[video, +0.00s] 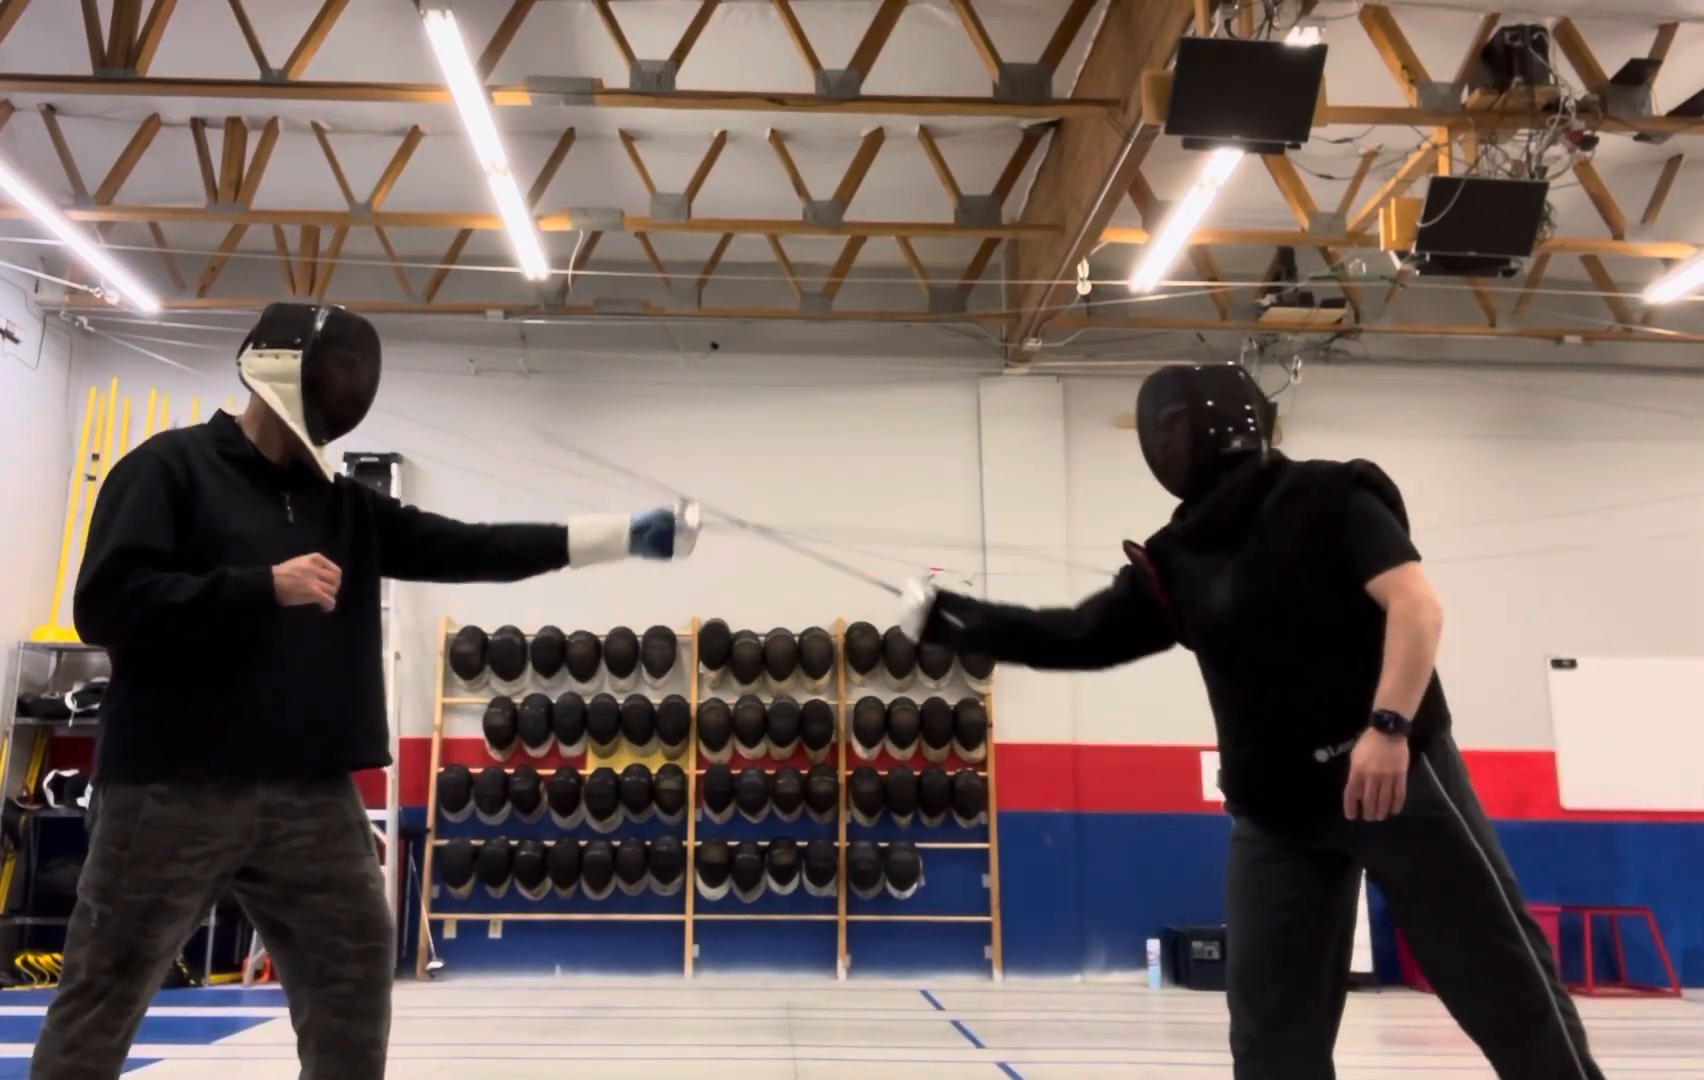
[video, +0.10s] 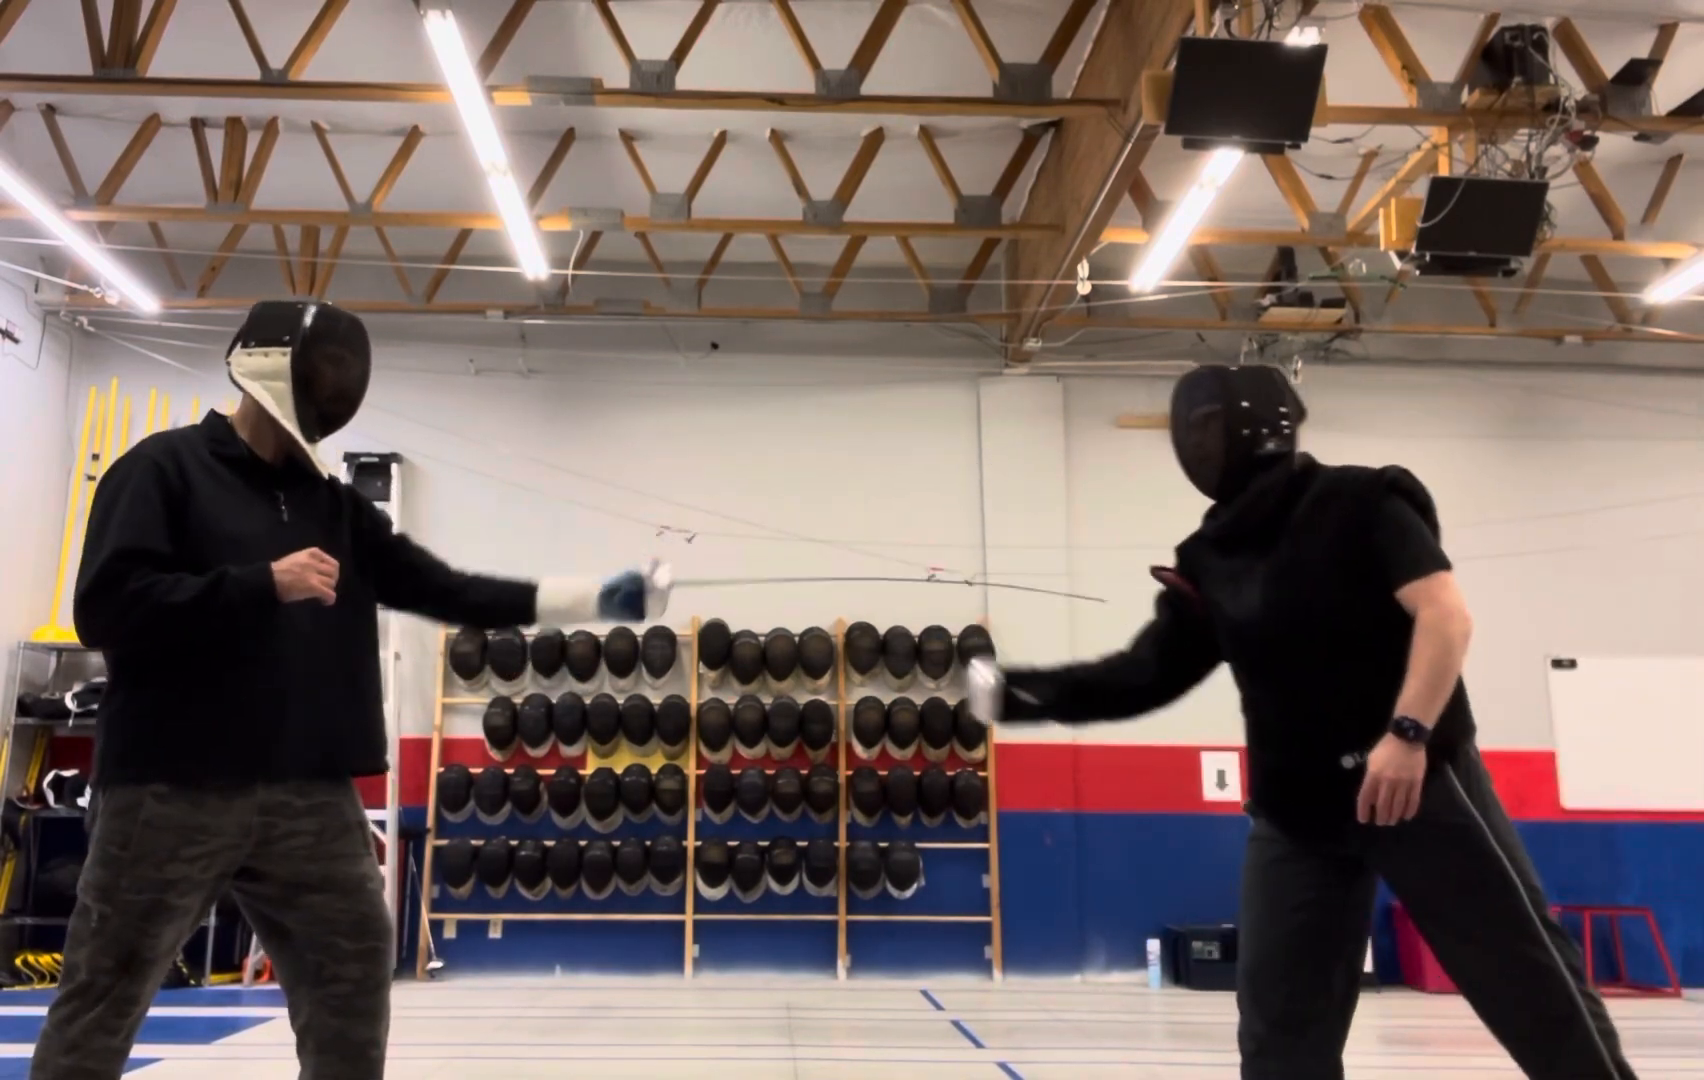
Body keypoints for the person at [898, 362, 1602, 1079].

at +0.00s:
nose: (1156, 443)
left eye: (1166, 424)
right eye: (1154, 429)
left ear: (1207, 426)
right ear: (1235, 426)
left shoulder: (1329, 495)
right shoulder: (1176, 563)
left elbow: (1417, 611)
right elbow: (1082, 636)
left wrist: (1391, 728)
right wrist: (959, 620)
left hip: (1398, 785)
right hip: (1278, 812)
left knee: (1505, 988)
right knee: (1273, 1040)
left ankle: (1569, 1075)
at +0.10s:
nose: (1187, 448)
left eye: (1200, 427)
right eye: (1184, 432)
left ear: (1249, 424)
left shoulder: (1361, 501)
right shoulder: (1212, 565)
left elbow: (1445, 617)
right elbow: (1145, 674)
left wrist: (1410, 732)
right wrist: (1015, 691)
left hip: (1420, 792)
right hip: (1298, 820)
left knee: (1536, 996)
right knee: (1282, 1043)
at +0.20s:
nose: (1228, 455)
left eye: (1239, 433)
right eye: (1225, 438)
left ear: (1288, 431)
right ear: (1295, 435)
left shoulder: (1407, 513)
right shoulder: (1255, 564)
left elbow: (1487, 630)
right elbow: (1226, 698)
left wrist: (1440, 744)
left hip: (1448, 799)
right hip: (1325, 818)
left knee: (1560, 993)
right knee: (1291, 1036)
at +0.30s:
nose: (1288, 468)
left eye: (1299, 448)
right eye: (1286, 452)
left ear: (1346, 444)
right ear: (1362, 447)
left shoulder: (1462, 525)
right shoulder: (1305, 573)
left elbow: (1545, 647)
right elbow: (1296, 710)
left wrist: (1486, 759)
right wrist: (1221, 793)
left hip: (1495, 815)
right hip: (1364, 828)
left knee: (1595, 1024)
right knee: (1307, 1045)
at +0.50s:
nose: (1390, 465)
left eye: (1401, 444)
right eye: (1388, 449)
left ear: (1445, 442)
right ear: (1474, 442)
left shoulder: (1573, 523)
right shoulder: (1408, 570)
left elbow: (1653, 646)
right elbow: (1383, 701)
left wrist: (1601, 766)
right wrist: (1282, 751)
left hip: (1595, 818)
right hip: (1468, 826)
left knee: (1651, 1037)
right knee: (1407, 1041)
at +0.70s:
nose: (1441, 454)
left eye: (1451, 434)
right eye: (1438, 439)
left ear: (1493, 430)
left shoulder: (1628, 510)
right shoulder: (1455, 561)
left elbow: (1696, 627)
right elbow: (1388, 670)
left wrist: (1693, 760)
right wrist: (1272, 661)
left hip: (1644, 804)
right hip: (1518, 816)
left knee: (1678, 1020)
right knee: (1488, 996)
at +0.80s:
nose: (1455, 456)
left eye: (1467, 434)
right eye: (1449, 441)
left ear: (1517, 425)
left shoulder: (1642, 512)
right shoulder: (1463, 561)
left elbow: (1703, 633)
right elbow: (1383, 655)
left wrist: (1703, 771)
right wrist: (1264, 647)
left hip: (1659, 805)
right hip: (1530, 819)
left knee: (1684, 1021)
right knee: (1516, 1007)